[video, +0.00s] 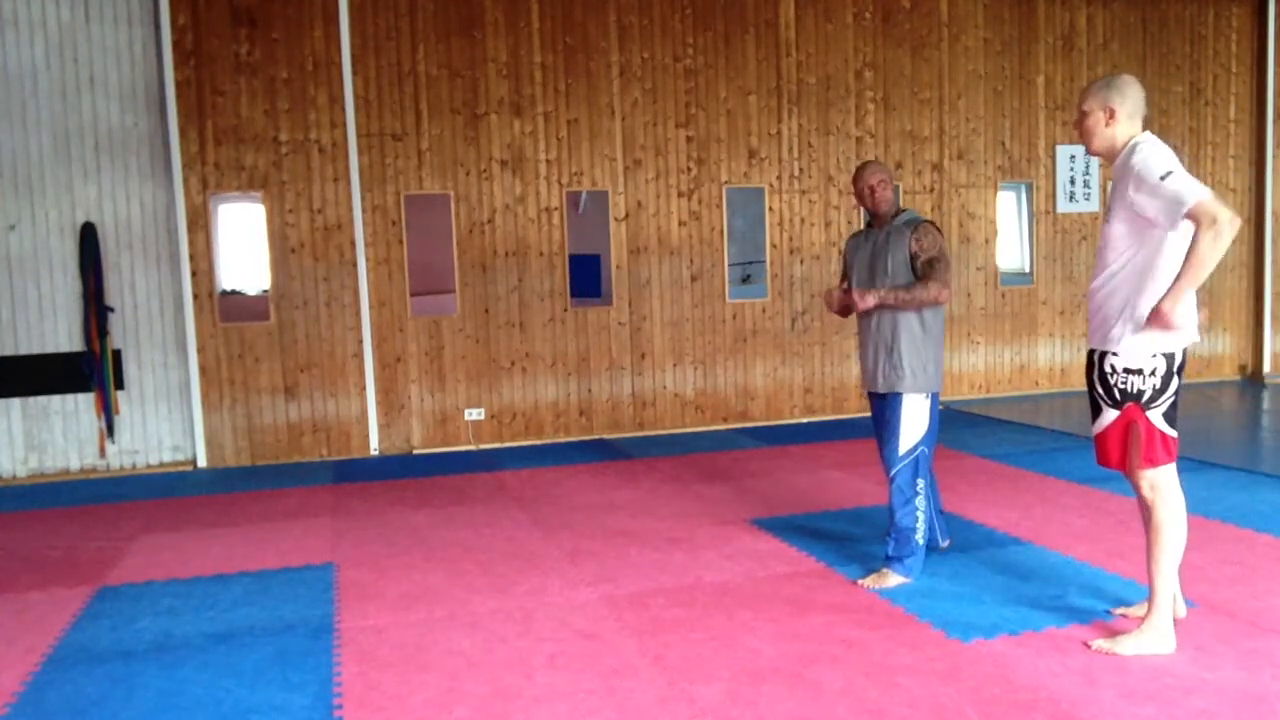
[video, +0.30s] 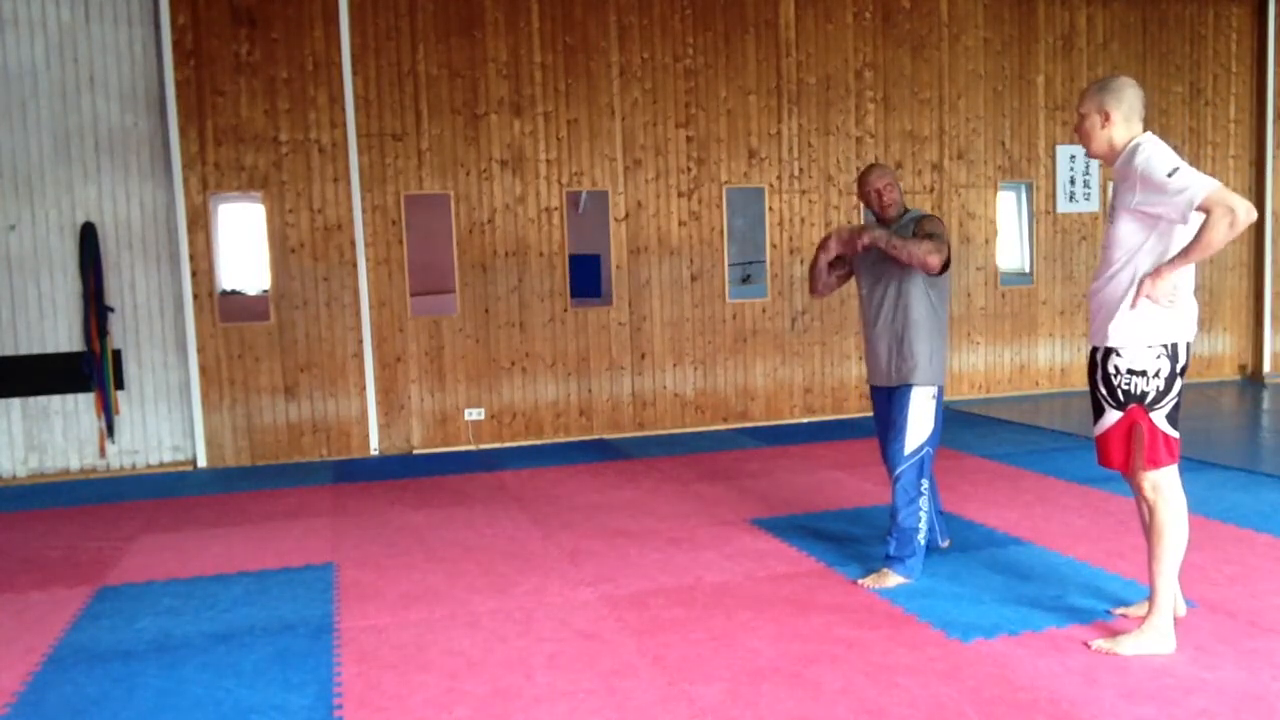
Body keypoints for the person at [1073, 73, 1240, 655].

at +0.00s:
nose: (1078, 127)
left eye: (1085, 116)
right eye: (1079, 117)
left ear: (1114, 116)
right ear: (1116, 115)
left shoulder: (1145, 159)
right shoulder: (1130, 164)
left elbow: (1220, 221)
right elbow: (1200, 221)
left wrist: (1174, 300)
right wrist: (1136, 303)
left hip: (1141, 343)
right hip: (1131, 341)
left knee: (1152, 477)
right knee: (1150, 474)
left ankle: (1159, 624)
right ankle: (1167, 594)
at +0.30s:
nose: (1077, 132)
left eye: (1082, 121)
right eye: (1077, 121)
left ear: (1107, 119)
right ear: (1118, 117)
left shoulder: (1147, 158)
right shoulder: (1137, 161)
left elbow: (1234, 212)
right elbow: (1234, 211)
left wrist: (1172, 267)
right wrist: (1150, 269)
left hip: (1140, 338)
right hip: (1142, 337)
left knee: (1152, 477)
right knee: (1149, 472)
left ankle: (1160, 625)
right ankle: (1167, 591)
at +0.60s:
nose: (1083, 134)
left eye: (1087, 122)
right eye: (1083, 123)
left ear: (1111, 119)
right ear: (1124, 117)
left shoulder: (1148, 157)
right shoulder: (1143, 160)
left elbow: (1230, 216)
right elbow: (1232, 219)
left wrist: (1167, 268)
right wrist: (1159, 268)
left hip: (1139, 338)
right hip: (1147, 337)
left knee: (1151, 478)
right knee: (1152, 473)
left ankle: (1160, 624)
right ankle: (1167, 592)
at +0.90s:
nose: (1085, 131)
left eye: (1089, 119)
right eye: (1085, 119)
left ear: (1114, 117)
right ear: (1126, 116)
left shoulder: (1147, 156)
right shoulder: (1145, 158)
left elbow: (1226, 216)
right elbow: (1228, 219)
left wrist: (1162, 269)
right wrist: (1157, 269)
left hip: (1140, 339)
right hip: (1147, 338)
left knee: (1151, 478)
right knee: (1153, 473)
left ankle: (1160, 625)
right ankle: (1167, 594)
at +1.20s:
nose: (1085, 130)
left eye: (1090, 118)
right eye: (1086, 119)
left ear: (1114, 117)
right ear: (1127, 116)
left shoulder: (1146, 156)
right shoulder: (1148, 158)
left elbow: (1223, 214)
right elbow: (1228, 219)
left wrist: (1161, 269)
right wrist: (1161, 268)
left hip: (1141, 339)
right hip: (1147, 338)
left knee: (1152, 478)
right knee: (1153, 473)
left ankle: (1160, 625)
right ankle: (1167, 593)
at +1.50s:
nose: (1086, 135)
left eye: (1092, 122)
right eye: (1084, 123)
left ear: (1124, 118)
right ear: (1125, 118)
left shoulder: (1149, 154)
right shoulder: (1149, 159)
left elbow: (1215, 211)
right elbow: (1228, 215)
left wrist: (1159, 270)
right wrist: (1162, 267)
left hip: (1142, 341)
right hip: (1138, 340)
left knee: (1153, 478)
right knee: (1140, 473)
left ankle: (1160, 624)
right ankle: (1168, 594)